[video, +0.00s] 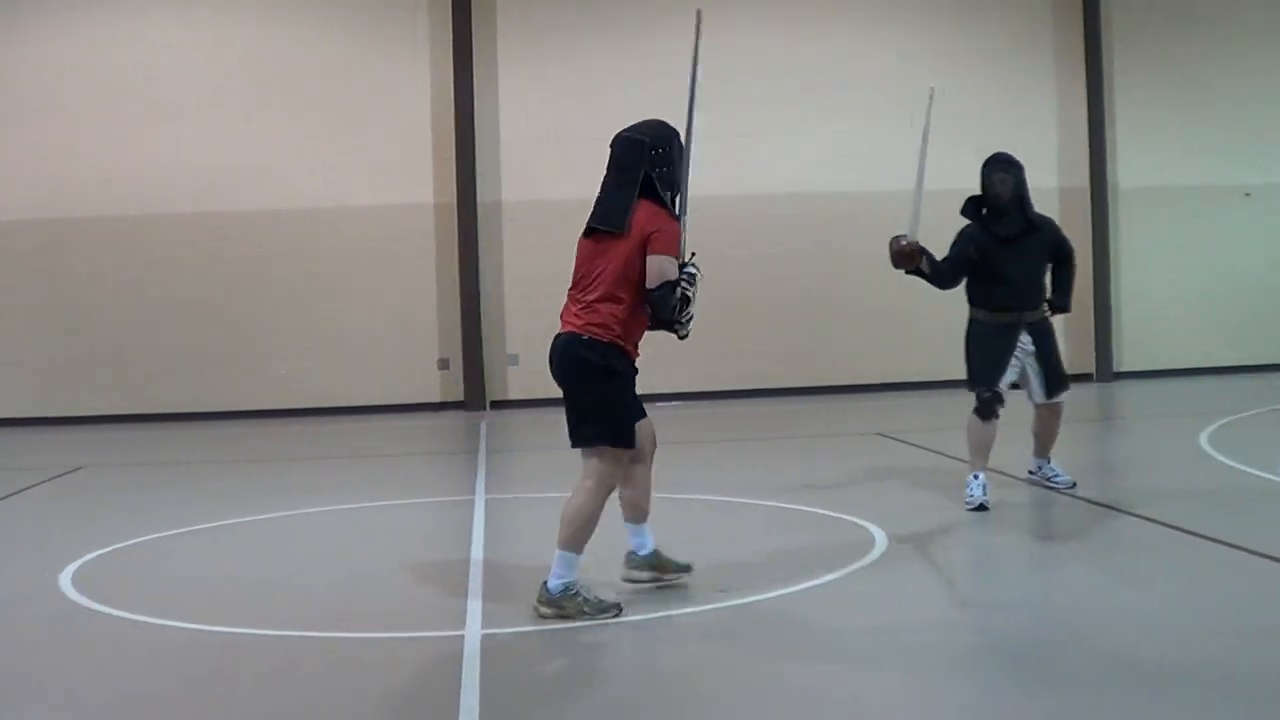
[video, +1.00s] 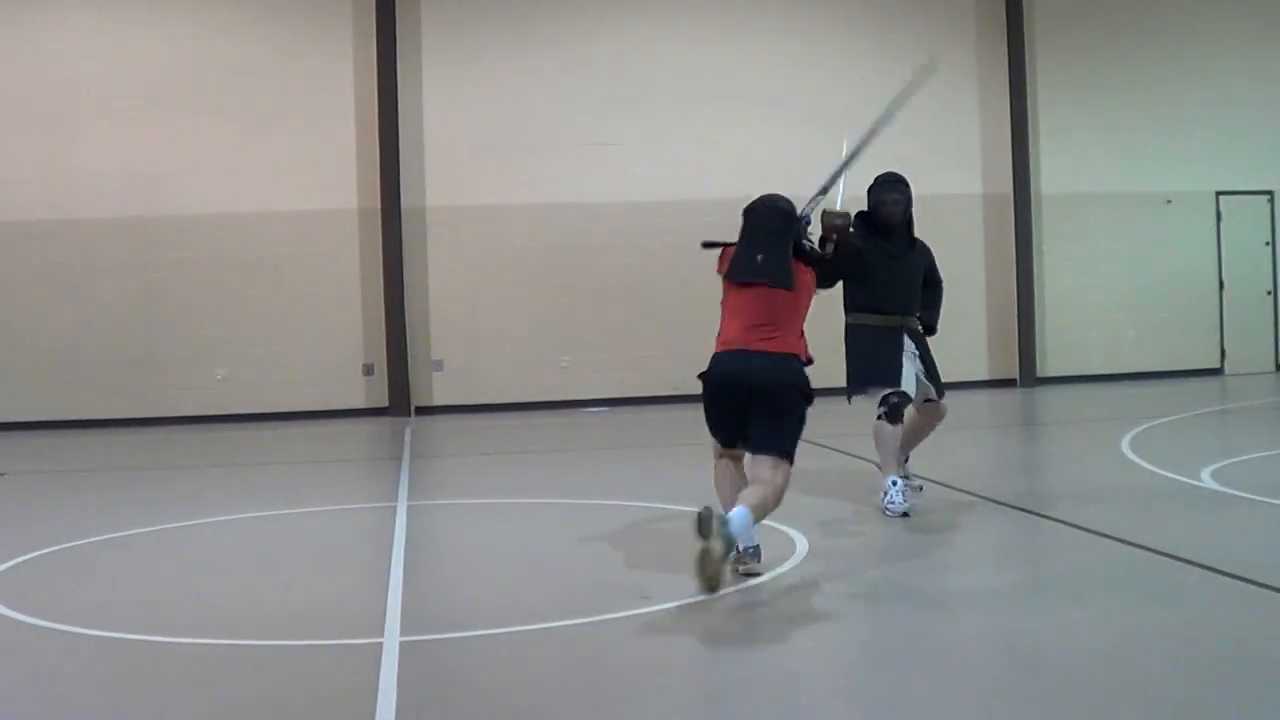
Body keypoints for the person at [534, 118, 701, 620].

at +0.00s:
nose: (680, 170)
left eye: (677, 159)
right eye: (677, 161)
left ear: (624, 163)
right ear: (664, 165)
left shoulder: (602, 213)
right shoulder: (658, 219)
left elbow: (600, 284)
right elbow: (661, 302)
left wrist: (663, 286)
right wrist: (679, 307)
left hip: (571, 347)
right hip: (601, 355)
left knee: (641, 442)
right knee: (605, 468)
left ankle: (641, 553)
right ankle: (559, 585)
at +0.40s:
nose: (699, 197)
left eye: (697, 188)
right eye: (696, 188)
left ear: (643, 192)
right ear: (685, 190)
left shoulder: (625, 236)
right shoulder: (686, 234)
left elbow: (619, 318)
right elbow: (696, 307)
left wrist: (673, 353)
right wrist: (714, 319)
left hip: (595, 360)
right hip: (620, 364)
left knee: (671, 452)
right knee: (655, 473)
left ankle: (665, 569)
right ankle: (558, 551)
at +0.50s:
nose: (714, 197)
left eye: (711, 188)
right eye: (711, 188)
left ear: (655, 188)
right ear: (700, 189)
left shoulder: (638, 232)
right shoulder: (699, 230)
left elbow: (629, 317)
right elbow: (711, 301)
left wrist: (686, 352)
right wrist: (728, 315)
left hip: (606, 357)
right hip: (638, 359)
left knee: (673, 466)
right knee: (683, 470)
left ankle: (661, 566)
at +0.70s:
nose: (750, 227)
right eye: (747, 219)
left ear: (694, 220)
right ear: (741, 222)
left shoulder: (674, 267)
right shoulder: (746, 270)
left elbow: (679, 335)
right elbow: (755, 331)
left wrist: (735, 359)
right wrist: (776, 324)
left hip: (636, 391)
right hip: (683, 394)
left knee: (693, 468)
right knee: (732, 507)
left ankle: (723, 548)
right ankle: (667, 595)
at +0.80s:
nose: (766, 244)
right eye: (764, 237)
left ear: (713, 239)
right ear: (758, 238)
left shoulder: (695, 283)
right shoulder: (769, 283)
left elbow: (717, 347)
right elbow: (789, 343)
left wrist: (770, 345)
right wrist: (795, 326)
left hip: (660, 400)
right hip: (706, 400)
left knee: (714, 463)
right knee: (737, 513)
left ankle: (739, 539)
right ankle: (668, 595)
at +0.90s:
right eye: (773, 232)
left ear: (725, 235)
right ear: (771, 238)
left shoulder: (706, 280)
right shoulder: (788, 280)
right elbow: (823, 326)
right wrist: (820, 290)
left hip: (695, 387)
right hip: (749, 387)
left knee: (733, 461)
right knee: (727, 494)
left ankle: (748, 545)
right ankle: (692, 571)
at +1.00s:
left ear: (746, 226)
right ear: (793, 231)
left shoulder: (730, 258)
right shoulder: (806, 269)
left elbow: (742, 256)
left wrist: (781, 235)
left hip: (727, 370)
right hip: (782, 375)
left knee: (727, 456)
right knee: (769, 481)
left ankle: (745, 546)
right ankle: (727, 529)